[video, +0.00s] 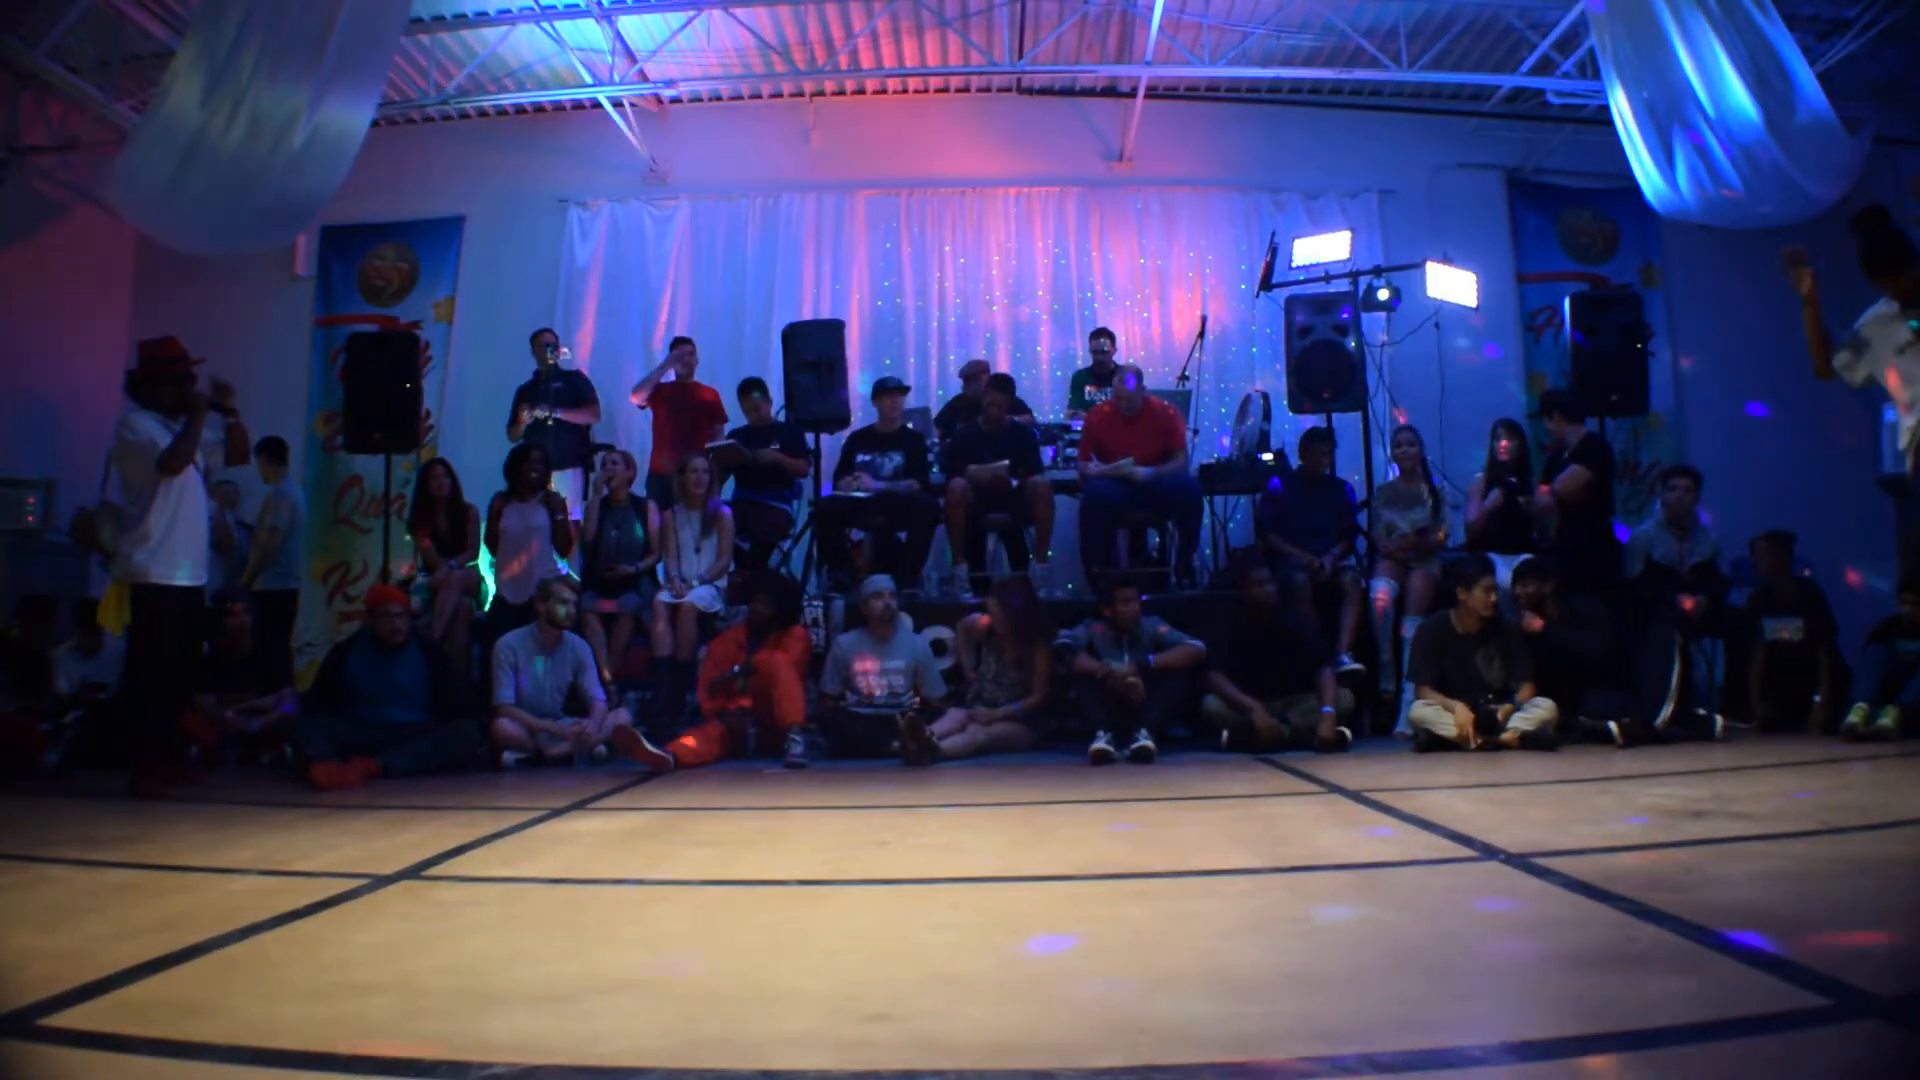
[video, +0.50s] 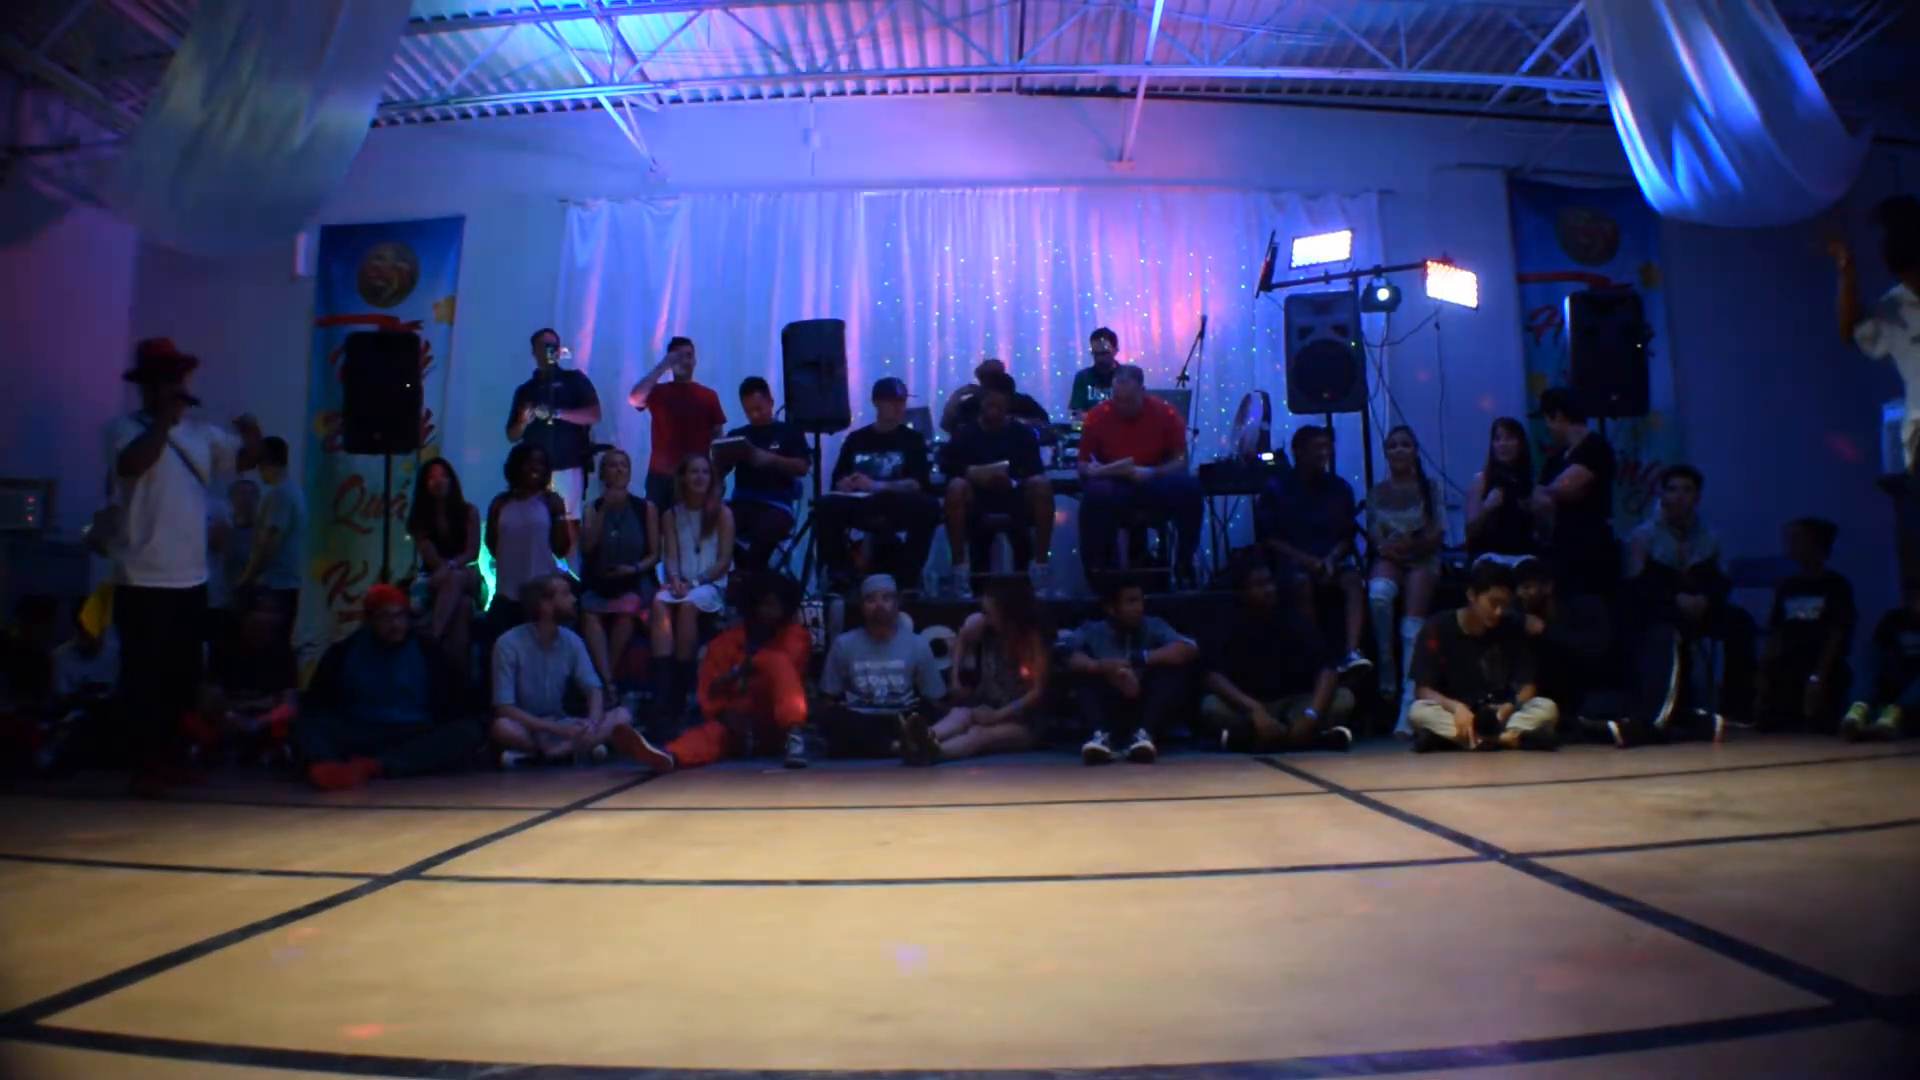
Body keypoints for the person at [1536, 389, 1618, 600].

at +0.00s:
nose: (1548, 429)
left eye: (1548, 422)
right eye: (1547, 422)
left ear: (1557, 419)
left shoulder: (1595, 447)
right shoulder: (1558, 456)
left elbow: (1563, 487)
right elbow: (1541, 498)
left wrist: (1546, 490)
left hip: (1594, 545)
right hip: (1566, 544)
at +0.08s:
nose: (1548, 428)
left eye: (1549, 421)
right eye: (1547, 421)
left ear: (1559, 418)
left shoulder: (1595, 449)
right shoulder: (1559, 455)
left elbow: (1562, 489)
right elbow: (1540, 498)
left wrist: (1541, 493)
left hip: (1592, 545)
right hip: (1565, 543)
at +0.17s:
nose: (1548, 428)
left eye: (1548, 421)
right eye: (1546, 421)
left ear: (1559, 418)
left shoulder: (1596, 449)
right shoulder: (1559, 454)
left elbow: (1561, 489)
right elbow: (1540, 495)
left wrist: (1541, 492)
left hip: (1591, 544)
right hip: (1564, 542)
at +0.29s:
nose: (1547, 427)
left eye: (1548, 420)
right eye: (1546, 421)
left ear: (1559, 418)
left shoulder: (1595, 449)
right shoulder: (1559, 455)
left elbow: (1562, 489)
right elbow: (1537, 497)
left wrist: (1539, 492)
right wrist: (1548, 499)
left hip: (1591, 546)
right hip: (1564, 544)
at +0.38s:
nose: (1548, 427)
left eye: (1548, 420)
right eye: (1546, 421)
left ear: (1559, 418)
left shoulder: (1595, 448)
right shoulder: (1558, 454)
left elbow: (1563, 488)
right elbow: (1537, 496)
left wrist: (1539, 492)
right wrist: (1549, 499)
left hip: (1592, 544)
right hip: (1564, 543)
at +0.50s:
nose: (1548, 427)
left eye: (1548, 420)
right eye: (1546, 421)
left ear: (1559, 418)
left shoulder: (1595, 447)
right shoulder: (1558, 455)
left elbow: (1565, 487)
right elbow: (1538, 497)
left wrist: (1540, 492)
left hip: (1592, 543)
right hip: (1564, 542)